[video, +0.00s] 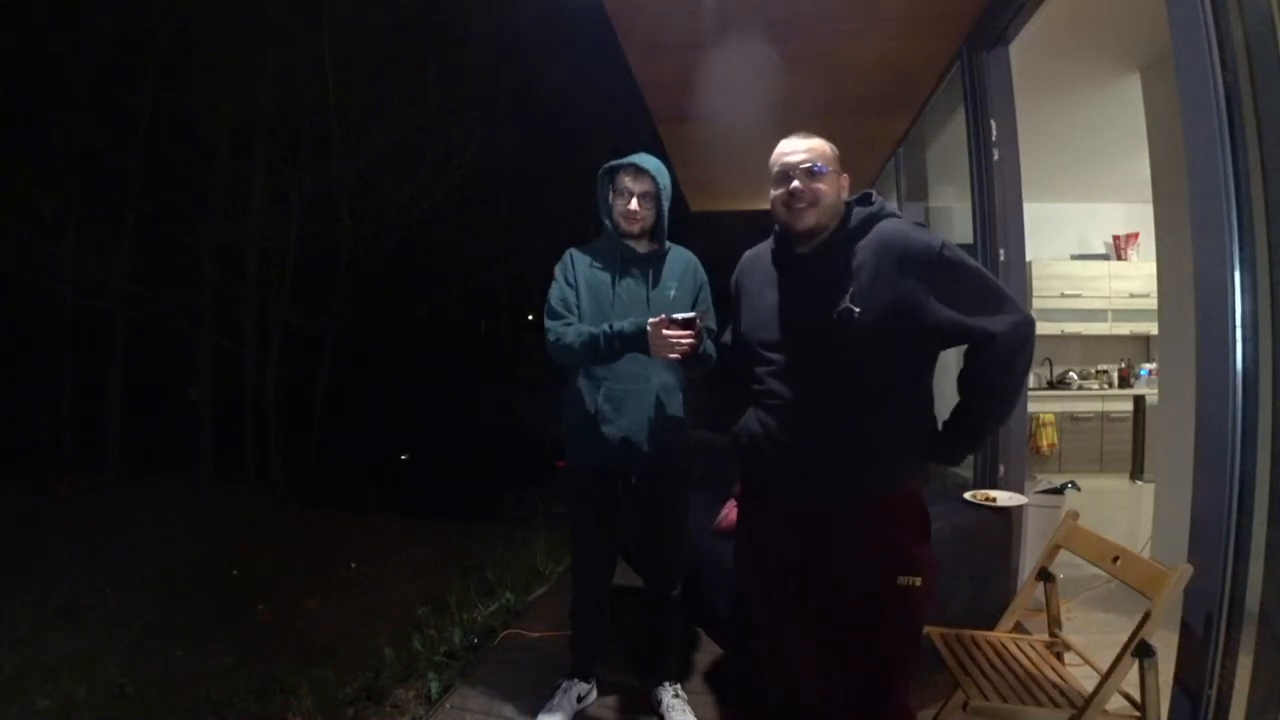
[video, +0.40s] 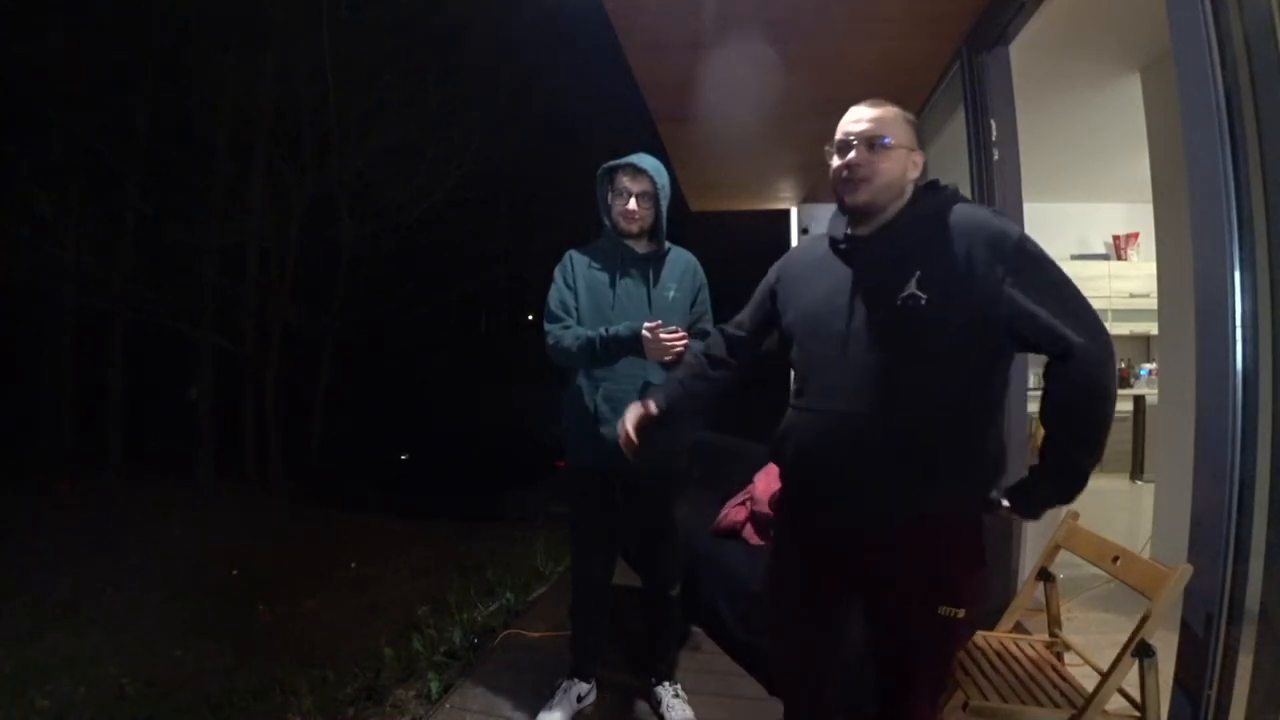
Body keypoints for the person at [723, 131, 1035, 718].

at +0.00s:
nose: (796, 187)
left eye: (812, 173)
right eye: (782, 177)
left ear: (844, 185)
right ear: (769, 196)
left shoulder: (900, 250)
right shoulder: (752, 268)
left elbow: (1008, 331)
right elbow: (736, 368)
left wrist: (950, 443)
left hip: (878, 493)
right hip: (776, 492)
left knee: (872, 674)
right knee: (776, 664)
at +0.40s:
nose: (846, 157)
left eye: (869, 143)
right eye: (838, 147)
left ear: (916, 162)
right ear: (829, 167)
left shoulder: (973, 240)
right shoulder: (800, 264)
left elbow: (1085, 352)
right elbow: (728, 350)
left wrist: (1045, 484)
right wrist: (664, 403)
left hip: (937, 525)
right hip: (816, 523)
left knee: (908, 695)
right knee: (811, 691)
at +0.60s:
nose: (881, 147)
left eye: (905, 132)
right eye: (871, 137)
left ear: (954, 150)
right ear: (861, 155)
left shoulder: (1014, 244)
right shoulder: (825, 254)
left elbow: (1110, 397)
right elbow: (740, 312)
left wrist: (1067, 533)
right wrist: (636, 313)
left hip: (952, 545)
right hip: (828, 535)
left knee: (923, 705)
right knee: (805, 697)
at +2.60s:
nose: (921, 141)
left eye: (949, 125)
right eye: (912, 131)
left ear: (1002, 144)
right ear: (902, 153)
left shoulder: (1063, 247)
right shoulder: (856, 245)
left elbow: (1129, 425)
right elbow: (750, 292)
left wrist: (1099, 583)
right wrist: (642, 263)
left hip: (971, 558)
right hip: (837, 543)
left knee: (936, 708)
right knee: (796, 700)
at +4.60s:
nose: (922, 143)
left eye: (948, 126)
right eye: (914, 133)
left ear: (1006, 136)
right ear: (905, 152)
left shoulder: (1076, 251)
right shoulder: (861, 240)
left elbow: (1140, 436)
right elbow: (760, 285)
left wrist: (1106, 597)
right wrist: (652, 254)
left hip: (977, 565)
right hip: (841, 546)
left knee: (938, 710)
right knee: (802, 704)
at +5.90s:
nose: (869, 131)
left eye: (889, 114)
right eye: (852, 122)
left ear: (928, 134)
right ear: (834, 146)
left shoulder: (998, 245)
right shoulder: (787, 243)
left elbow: (1060, 404)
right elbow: (712, 326)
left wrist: (1051, 545)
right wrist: (627, 341)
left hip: (953, 550)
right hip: (815, 545)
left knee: (916, 704)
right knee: (809, 703)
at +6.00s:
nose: (872, 125)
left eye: (892, 110)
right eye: (855, 117)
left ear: (930, 134)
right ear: (837, 145)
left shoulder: (1001, 248)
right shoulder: (786, 244)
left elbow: (1060, 405)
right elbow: (702, 340)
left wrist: (1049, 545)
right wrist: (632, 367)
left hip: (951, 549)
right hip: (813, 546)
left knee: (916, 709)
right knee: (806, 708)